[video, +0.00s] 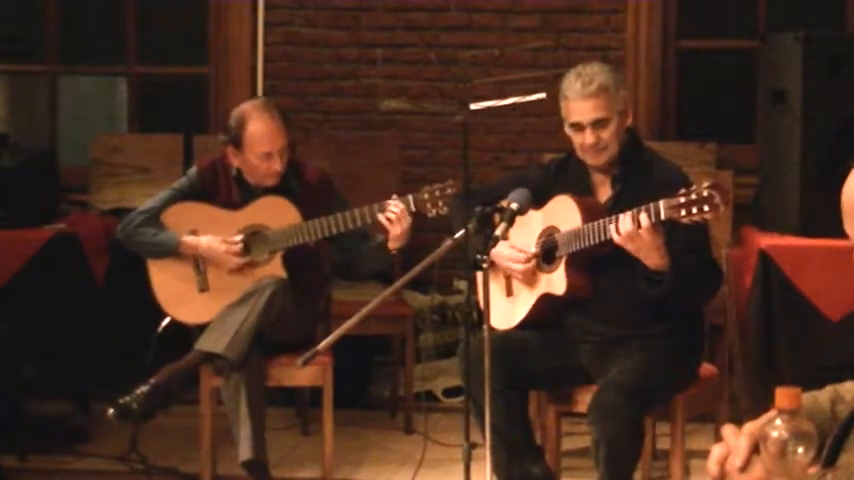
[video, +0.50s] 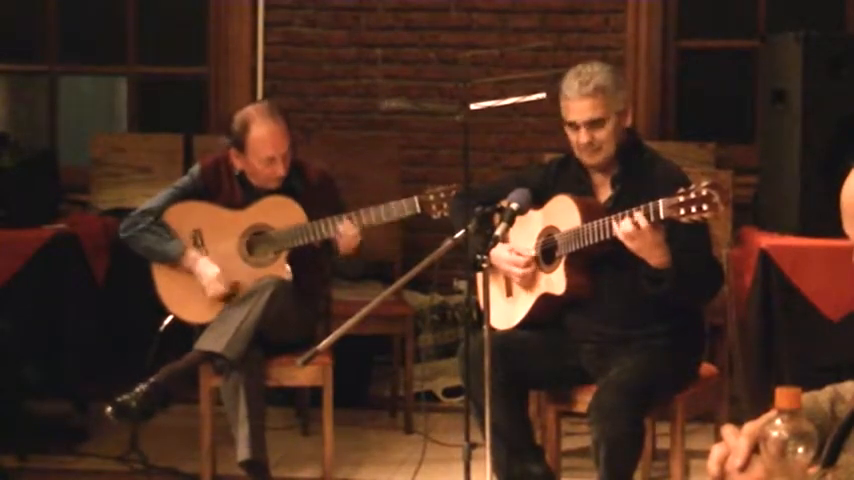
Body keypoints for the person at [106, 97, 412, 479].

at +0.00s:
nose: (277, 166)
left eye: (282, 153)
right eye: (265, 157)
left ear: (289, 142)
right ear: (234, 155)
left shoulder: (309, 183)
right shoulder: (210, 178)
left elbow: (348, 258)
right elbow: (131, 230)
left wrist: (389, 247)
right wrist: (195, 246)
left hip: (296, 315)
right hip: (228, 309)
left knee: (271, 288)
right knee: (244, 352)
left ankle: (168, 380)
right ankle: (255, 468)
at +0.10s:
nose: (276, 166)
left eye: (281, 152)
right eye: (263, 157)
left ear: (288, 141)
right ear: (233, 155)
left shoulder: (309, 183)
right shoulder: (210, 178)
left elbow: (349, 258)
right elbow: (132, 230)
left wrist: (392, 245)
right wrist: (199, 244)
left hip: (296, 315)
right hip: (229, 309)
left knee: (270, 288)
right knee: (244, 351)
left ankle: (167, 381)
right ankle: (254, 466)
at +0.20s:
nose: (277, 166)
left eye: (281, 153)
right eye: (264, 158)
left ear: (287, 142)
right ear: (234, 156)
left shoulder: (309, 182)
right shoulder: (210, 178)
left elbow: (354, 256)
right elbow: (133, 230)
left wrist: (391, 244)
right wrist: (199, 249)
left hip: (297, 313)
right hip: (230, 309)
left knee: (271, 289)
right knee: (244, 354)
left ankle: (169, 380)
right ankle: (255, 468)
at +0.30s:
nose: (278, 168)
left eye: (282, 155)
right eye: (266, 161)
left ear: (288, 144)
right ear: (235, 158)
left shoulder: (311, 183)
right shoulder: (211, 177)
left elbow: (347, 262)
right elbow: (130, 228)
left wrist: (370, 250)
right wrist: (196, 252)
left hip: (296, 315)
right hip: (230, 310)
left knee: (273, 289)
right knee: (245, 353)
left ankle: (171, 378)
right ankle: (255, 468)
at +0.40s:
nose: (280, 170)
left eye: (284, 158)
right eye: (268, 163)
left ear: (290, 146)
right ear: (237, 159)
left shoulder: (311, 183)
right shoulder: (211, 177)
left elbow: (336, 266)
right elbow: (131, 229)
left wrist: (341, 257)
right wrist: (198, 252)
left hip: (296, 314)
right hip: (230, 310)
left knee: (271, 290)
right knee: (243, 353)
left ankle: (165, 381)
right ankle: (255, 467)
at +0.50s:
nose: (280, 169)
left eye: (284, 157)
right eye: (269, 162)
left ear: (290, 145)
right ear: (238, 157)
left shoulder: (313, 183)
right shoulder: (213, 176)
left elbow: (343, 269)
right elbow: (134, 227)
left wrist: (347, 252)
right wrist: (195, 262)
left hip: (297, 315)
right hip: (228, 312)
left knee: (271, 289)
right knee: (245, 357)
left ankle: (165, 380)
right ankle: (255, 468)